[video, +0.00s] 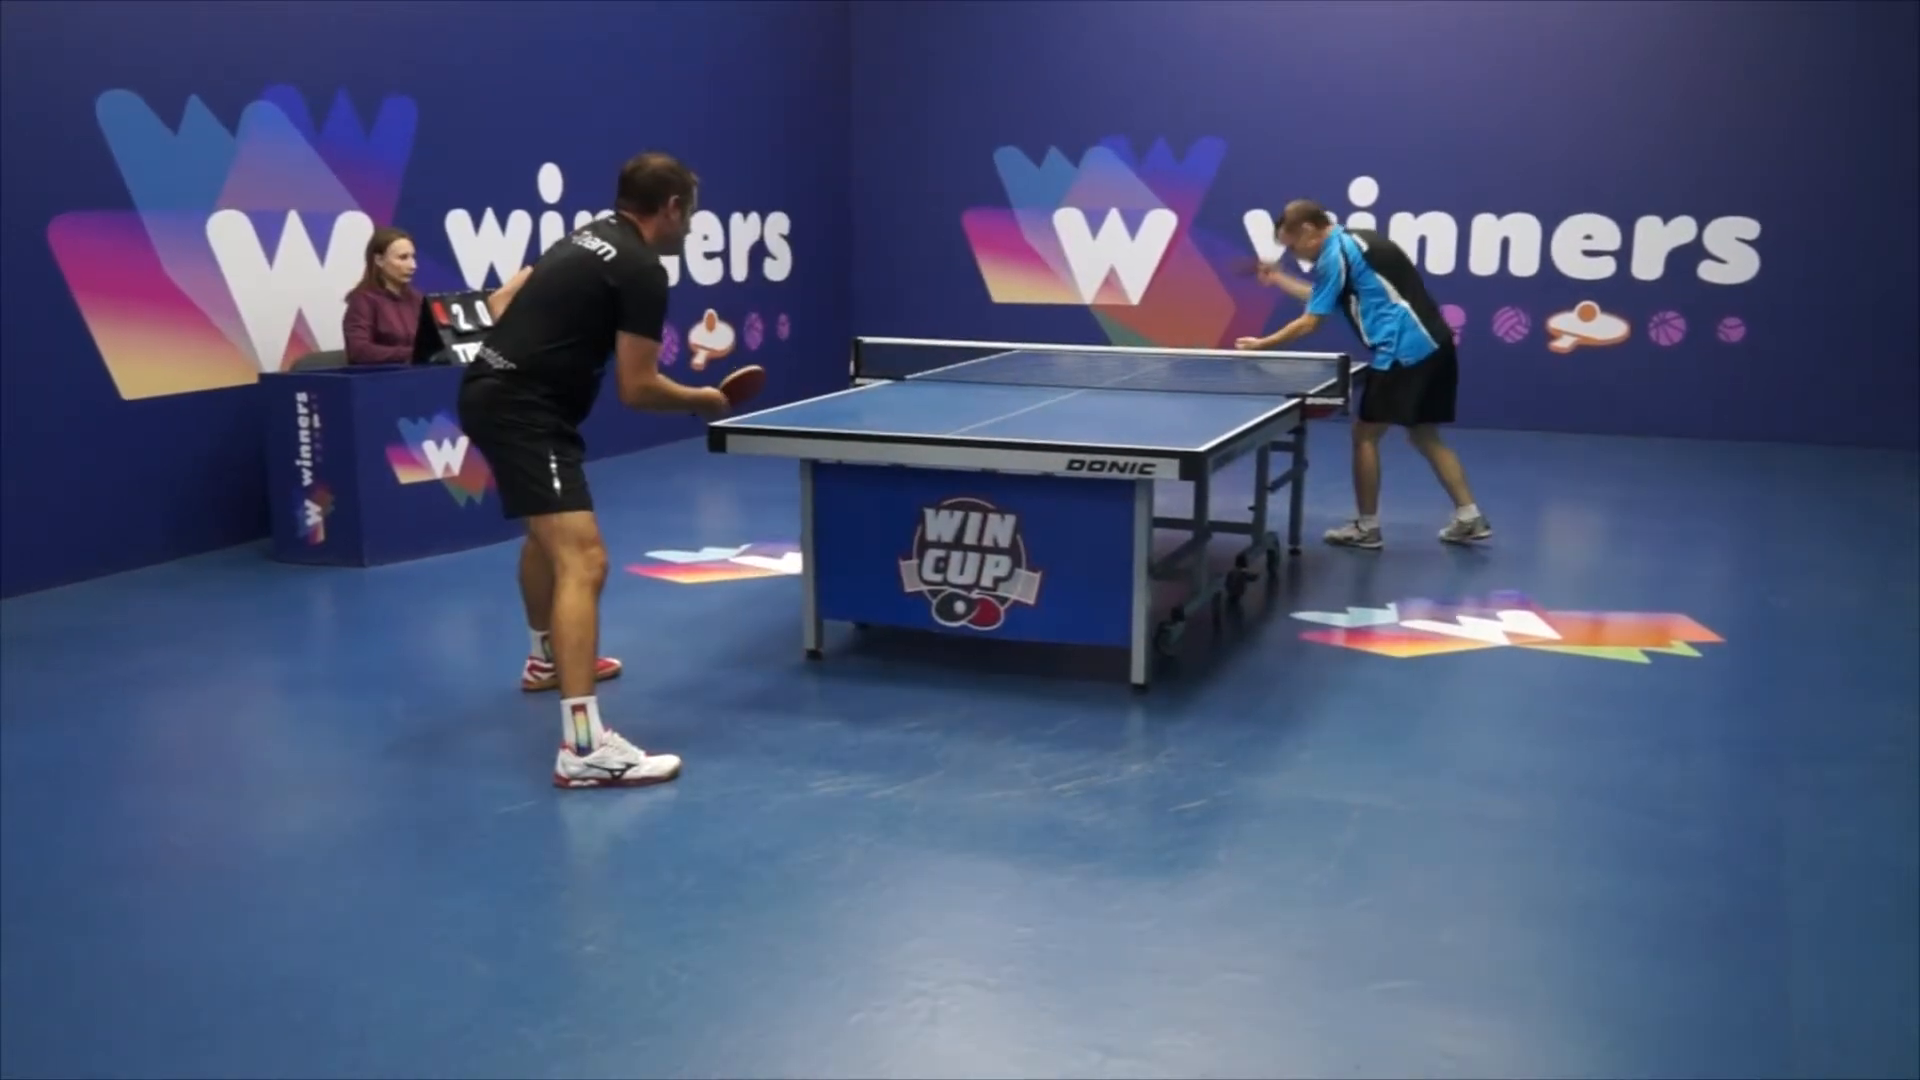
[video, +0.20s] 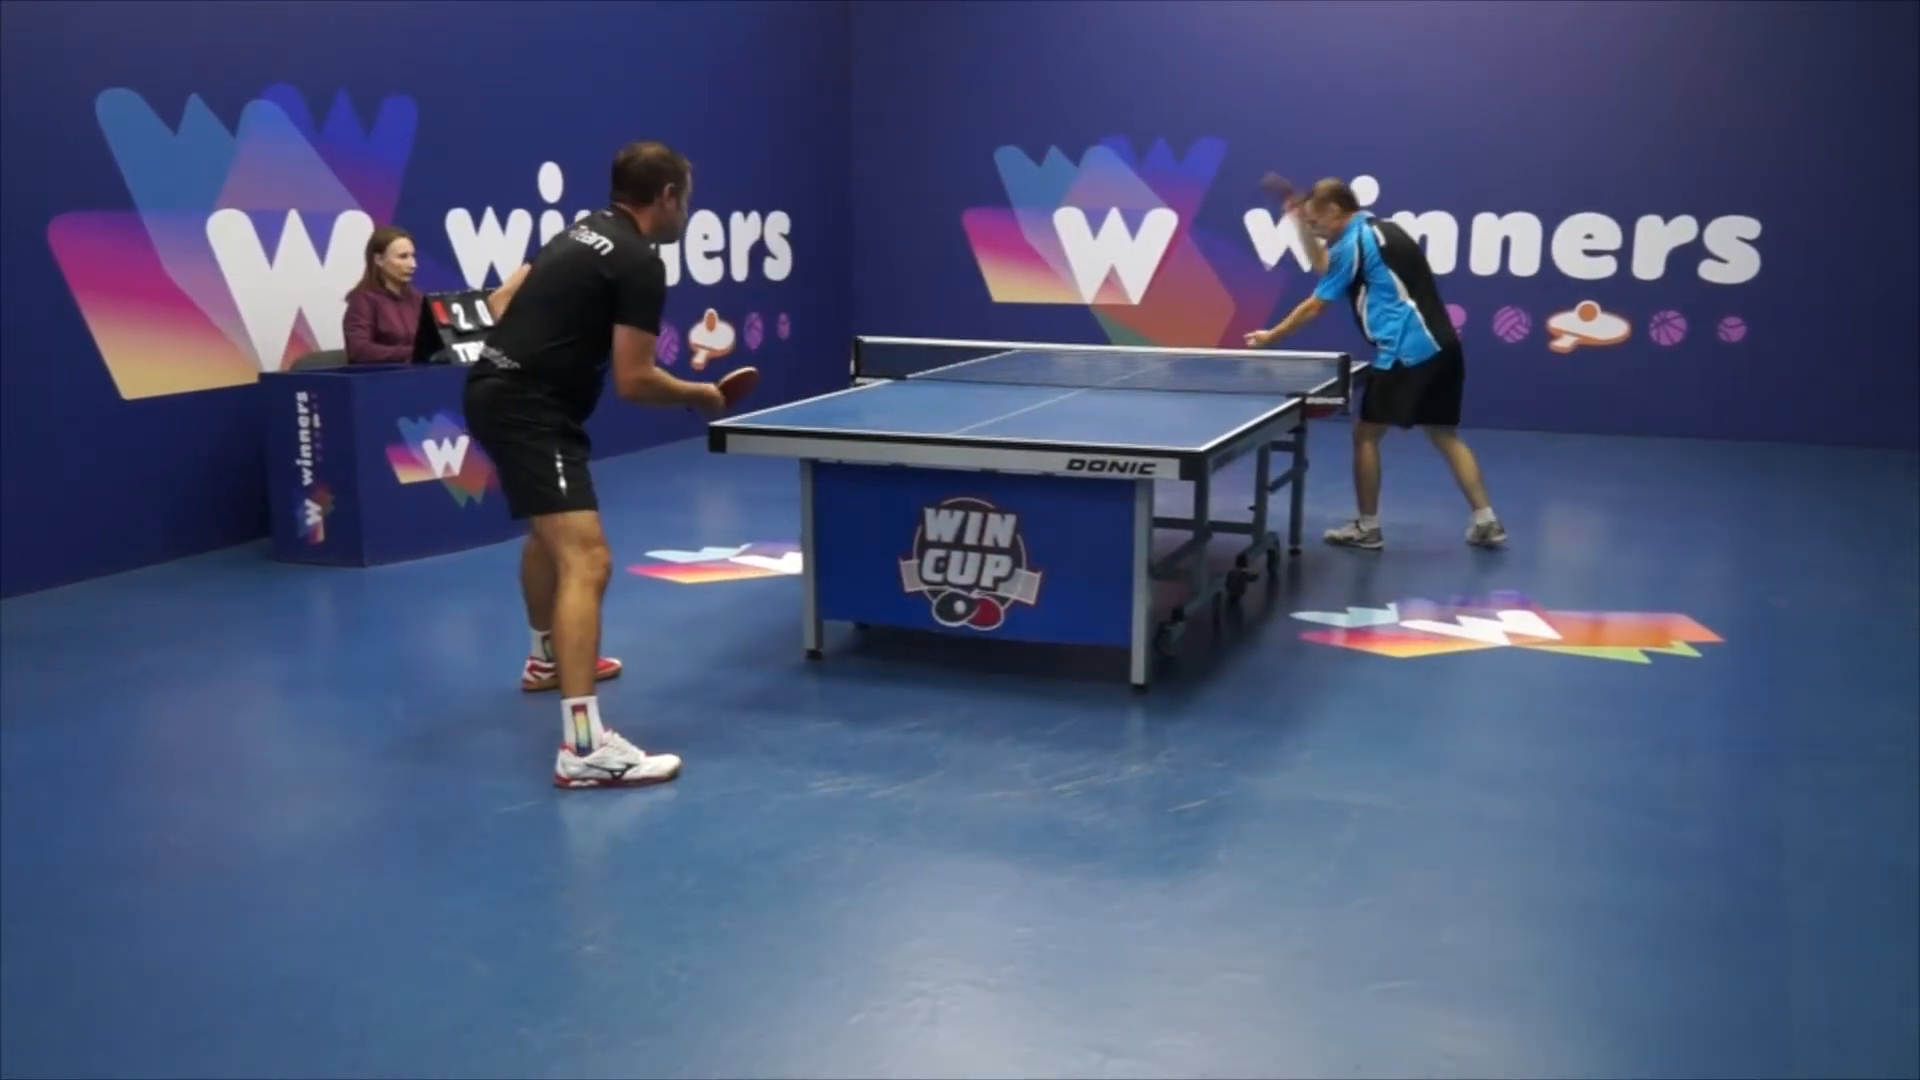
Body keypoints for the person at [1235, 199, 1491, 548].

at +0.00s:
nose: (1293, 253)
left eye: (1292, 245)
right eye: (1289, 247)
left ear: (1311, 230)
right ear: (1317, 228)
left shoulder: (1335, 253)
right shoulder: (1359, 240)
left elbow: (1310, 321)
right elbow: (1323, 297)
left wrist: (1261, 343)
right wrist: (1280, 279)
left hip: (1399, 352)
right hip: (1432, 347)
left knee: (1365, 434)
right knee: (1424, 434)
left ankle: (1367, 526)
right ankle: (1470, 516)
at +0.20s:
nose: (1314, 227)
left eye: (1317, 219)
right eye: (1312, 220)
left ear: (1338, 211)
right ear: (1344, 210)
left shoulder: (1353, 242)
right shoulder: (1384, 228)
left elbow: (1316, 305)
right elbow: (1325, 267)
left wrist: (1270, 336)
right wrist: (1304, 223)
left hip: (1403, 353)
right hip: (1442, 348)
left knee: (1366, 434)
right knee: (1444, 433)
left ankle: (1367, 525)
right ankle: (1486, 518)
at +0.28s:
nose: (1323, 216)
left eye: (1327, 208)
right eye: (1321, 209)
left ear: (1348, 205)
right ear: (1359, 202)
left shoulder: (1360, 238)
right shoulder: (1399, 224)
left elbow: (1315, 290)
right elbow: (1332, 260)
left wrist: (1270, 314)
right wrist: (1323, 204)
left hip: (1403, 358)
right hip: (1445, 351)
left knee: (1366, 435)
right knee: (1451, 435)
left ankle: (1367, 525)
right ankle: (1486, 521)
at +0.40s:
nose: (1346, 197)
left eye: (1350, 191)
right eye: (1345, 190)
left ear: (1370, 195)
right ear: (1383, 195)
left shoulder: (1375, 229)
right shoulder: (1417, 222)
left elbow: (1320, 253)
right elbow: (1353, 239)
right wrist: (1351, 182)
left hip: (1403, 357)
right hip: (1446, 352)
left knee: (1366, 436)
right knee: (1457, 439)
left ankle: (1367, 525)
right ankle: (1488, 525)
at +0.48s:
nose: (1360, 182)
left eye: (1367, 176)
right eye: (1362, 175)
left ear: (1386, 185)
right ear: (1398, 185)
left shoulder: (1382, 221)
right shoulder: (1432, 219)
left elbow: (1316, 219)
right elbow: (1397, 194)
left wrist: (1276, 192)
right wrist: (1378, 161)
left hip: (1403, 355)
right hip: (1450, 352)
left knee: (1367, 436)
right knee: (1460, 439)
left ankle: (1366, 525)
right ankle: (1489, 525)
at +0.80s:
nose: (1399, 174)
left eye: (1406, 168)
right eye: (1403, 167)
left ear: (1425, 178)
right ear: (1437, 181)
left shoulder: (1405, 214)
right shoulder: (1469, 227)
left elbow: (1341, 216)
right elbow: (1475, 287)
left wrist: (1292, 198)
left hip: (1413, 350)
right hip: (1458, 351)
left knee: (1373, 434)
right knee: (1467, 437)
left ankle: (1361, 526)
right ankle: (1490, 527)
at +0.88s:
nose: (1398, 175)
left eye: (1406, 169)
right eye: (1402, 168)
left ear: (1424, 179)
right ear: (1436, 182)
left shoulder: (1402, 216)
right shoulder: (1471, 225)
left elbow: (1337, 229)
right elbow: (1491, 281)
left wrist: (1291, 218)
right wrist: (1475, 311)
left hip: (1412, 349)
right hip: (1460, 349)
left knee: (1373, 434)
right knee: (1467, 438)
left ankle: (1361, 526)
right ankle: (1489, 527)